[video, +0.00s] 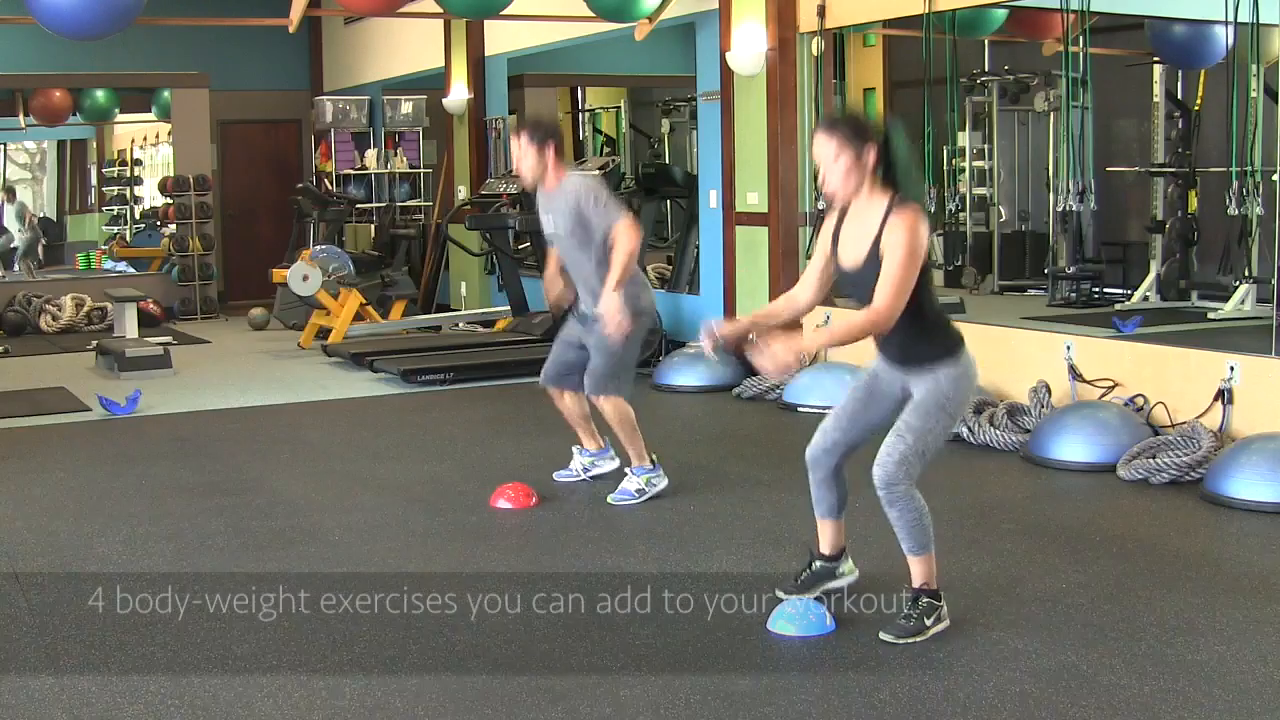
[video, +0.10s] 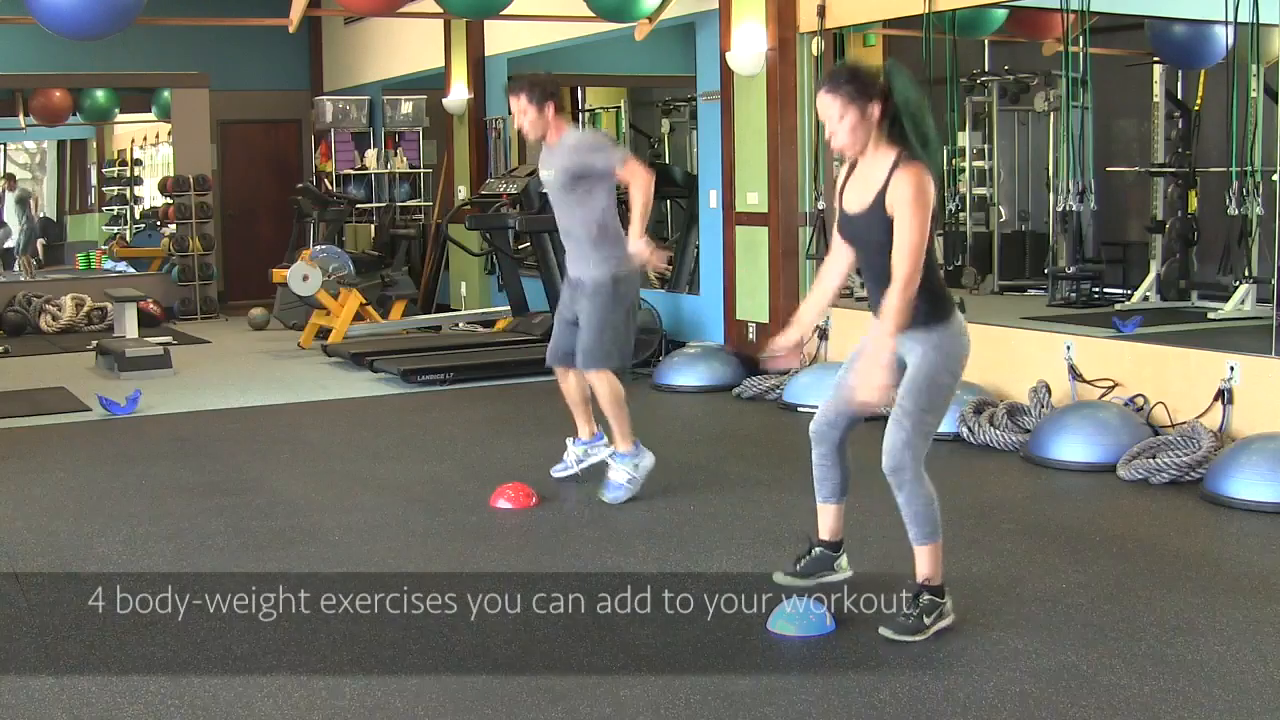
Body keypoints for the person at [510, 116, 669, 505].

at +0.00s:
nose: (515, 164)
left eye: (521, 154)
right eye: (514, 154)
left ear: (548, 151)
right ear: (538, 154)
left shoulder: (584, 186)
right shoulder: (544, 195)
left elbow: (628, 231)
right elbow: (560, 240)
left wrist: (612, 292)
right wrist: (552, 277)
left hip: (621, 307)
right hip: (586, 308)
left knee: (603, 389)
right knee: (558, 381)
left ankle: (646, 470)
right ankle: (596, 452)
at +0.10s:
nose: (518, 124)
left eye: (521, 114)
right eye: (515, 115)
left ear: (548, 109)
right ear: (536, 111)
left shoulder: (583, 144)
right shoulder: (550, 153)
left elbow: (642, 176)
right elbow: (588, 207)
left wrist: (636, 238)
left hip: (608, 276)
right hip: (577, 277)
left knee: (595, 366)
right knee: (562, 361)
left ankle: (630, 453)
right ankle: (589, 439)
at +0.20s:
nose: (516, 106)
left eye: (519, 96)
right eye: (514, 97)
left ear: (546, 93)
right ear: (539, 95)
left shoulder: (582, 127)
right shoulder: (549, 134)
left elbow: (642, 161)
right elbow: (588, 186)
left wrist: (641, 223)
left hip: (600, 257)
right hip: (578, 256)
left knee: (574, 347)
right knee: (569, 347)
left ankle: (597, 440)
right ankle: (588, 438)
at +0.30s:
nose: (515, 115)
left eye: (519, 105)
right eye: (513, 106)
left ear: (546, 102)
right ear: (541, 104)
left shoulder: (582, 137)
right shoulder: (547, 145)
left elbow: (636, 178)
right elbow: (583, 202)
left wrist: (629, 240)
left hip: (597, 264)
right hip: (573, 263)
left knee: (556, 347)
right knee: (570, 357)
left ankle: (562, 441)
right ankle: (596, 447)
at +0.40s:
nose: (520, 133)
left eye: (526, 124)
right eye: (518, 124)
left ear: (553, 122)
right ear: (544, 125)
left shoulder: (583, 159)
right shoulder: (550, 168)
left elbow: (629, 203)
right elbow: (575, 221)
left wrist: (600, 252)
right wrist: (556, 254)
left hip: (597, 288)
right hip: (576, 288)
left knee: (541, 365)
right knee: (569, 384)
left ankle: (553, 457)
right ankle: (606, 460)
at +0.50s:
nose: (522, 127)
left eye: (527, 117)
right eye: (519, 118)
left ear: (554, 114)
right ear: (539, 118)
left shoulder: (585, 149)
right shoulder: (550, 157)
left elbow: (622, 195)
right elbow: (569, 210)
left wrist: (569, 228)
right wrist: (540, 230)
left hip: (601, 280)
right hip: (577, 280)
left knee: (549, 356)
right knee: (574, 372)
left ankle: (555, 449)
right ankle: (603, 456)